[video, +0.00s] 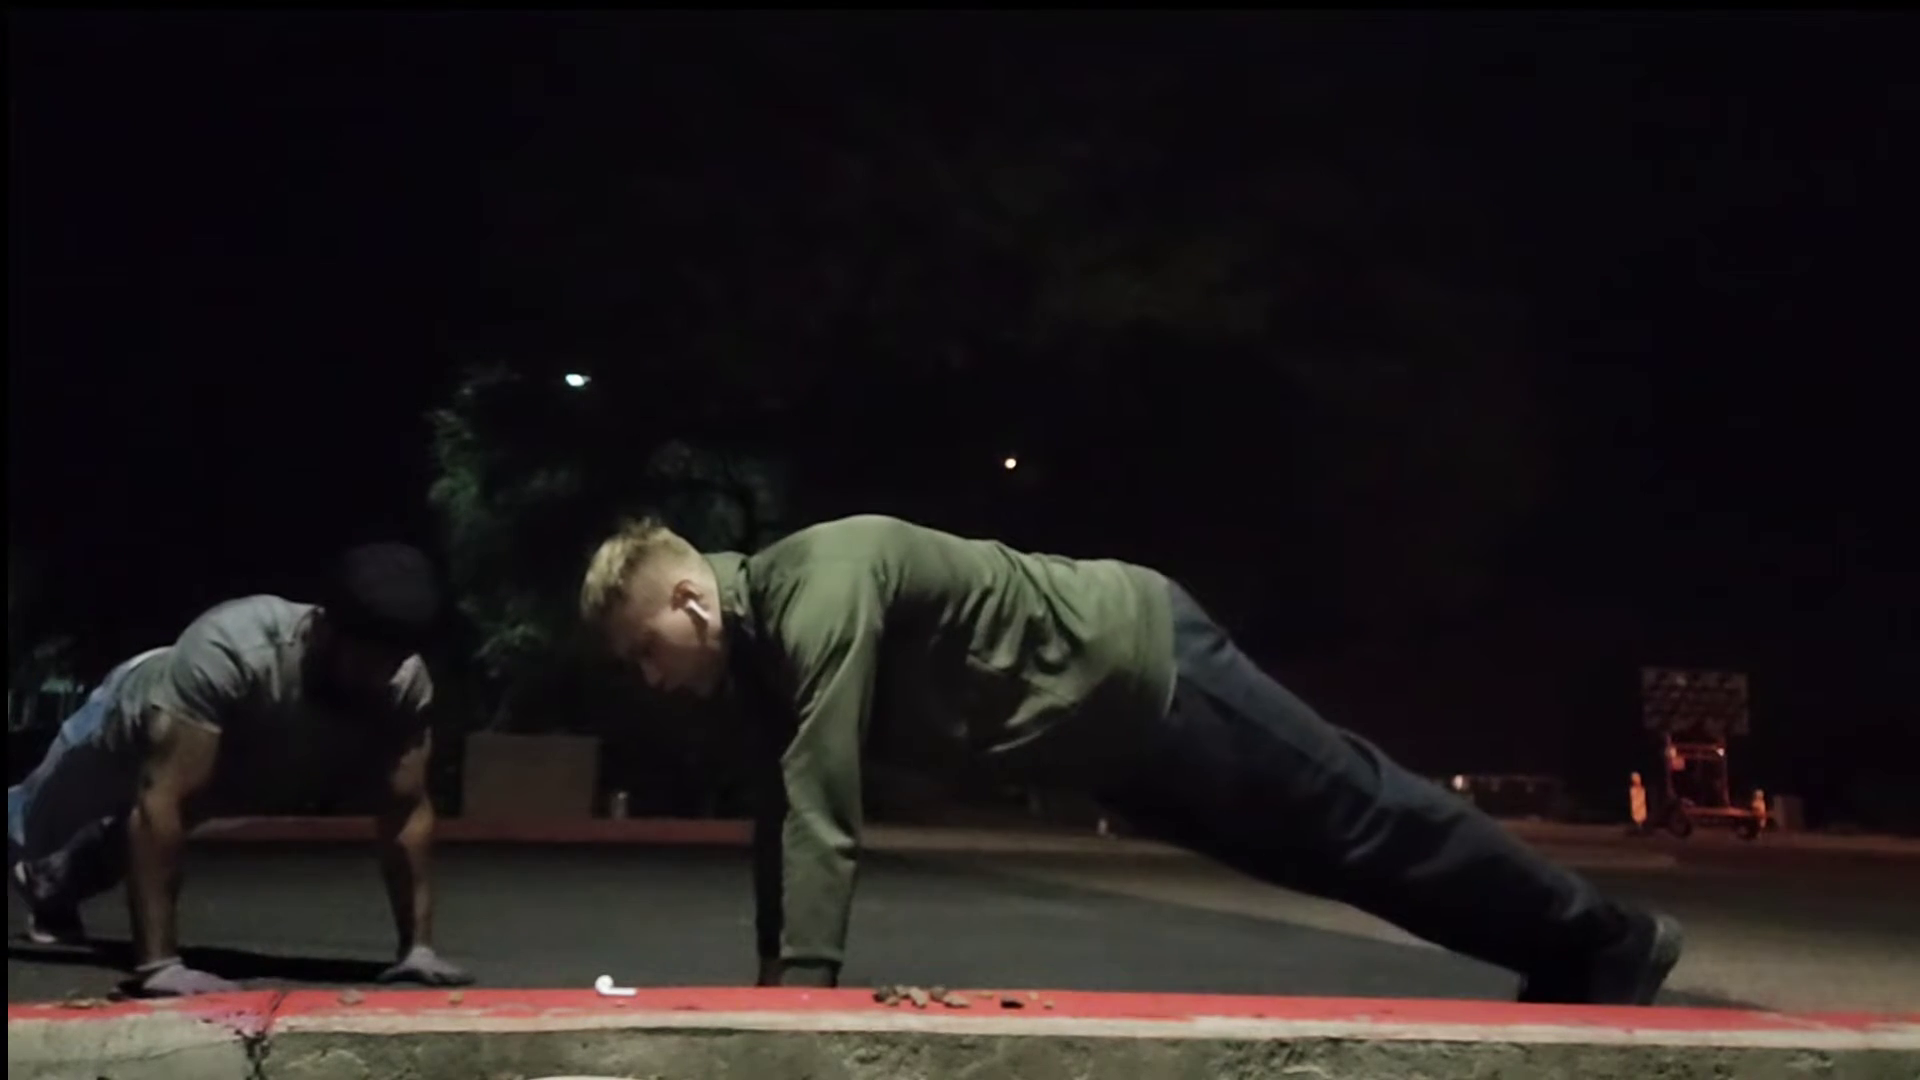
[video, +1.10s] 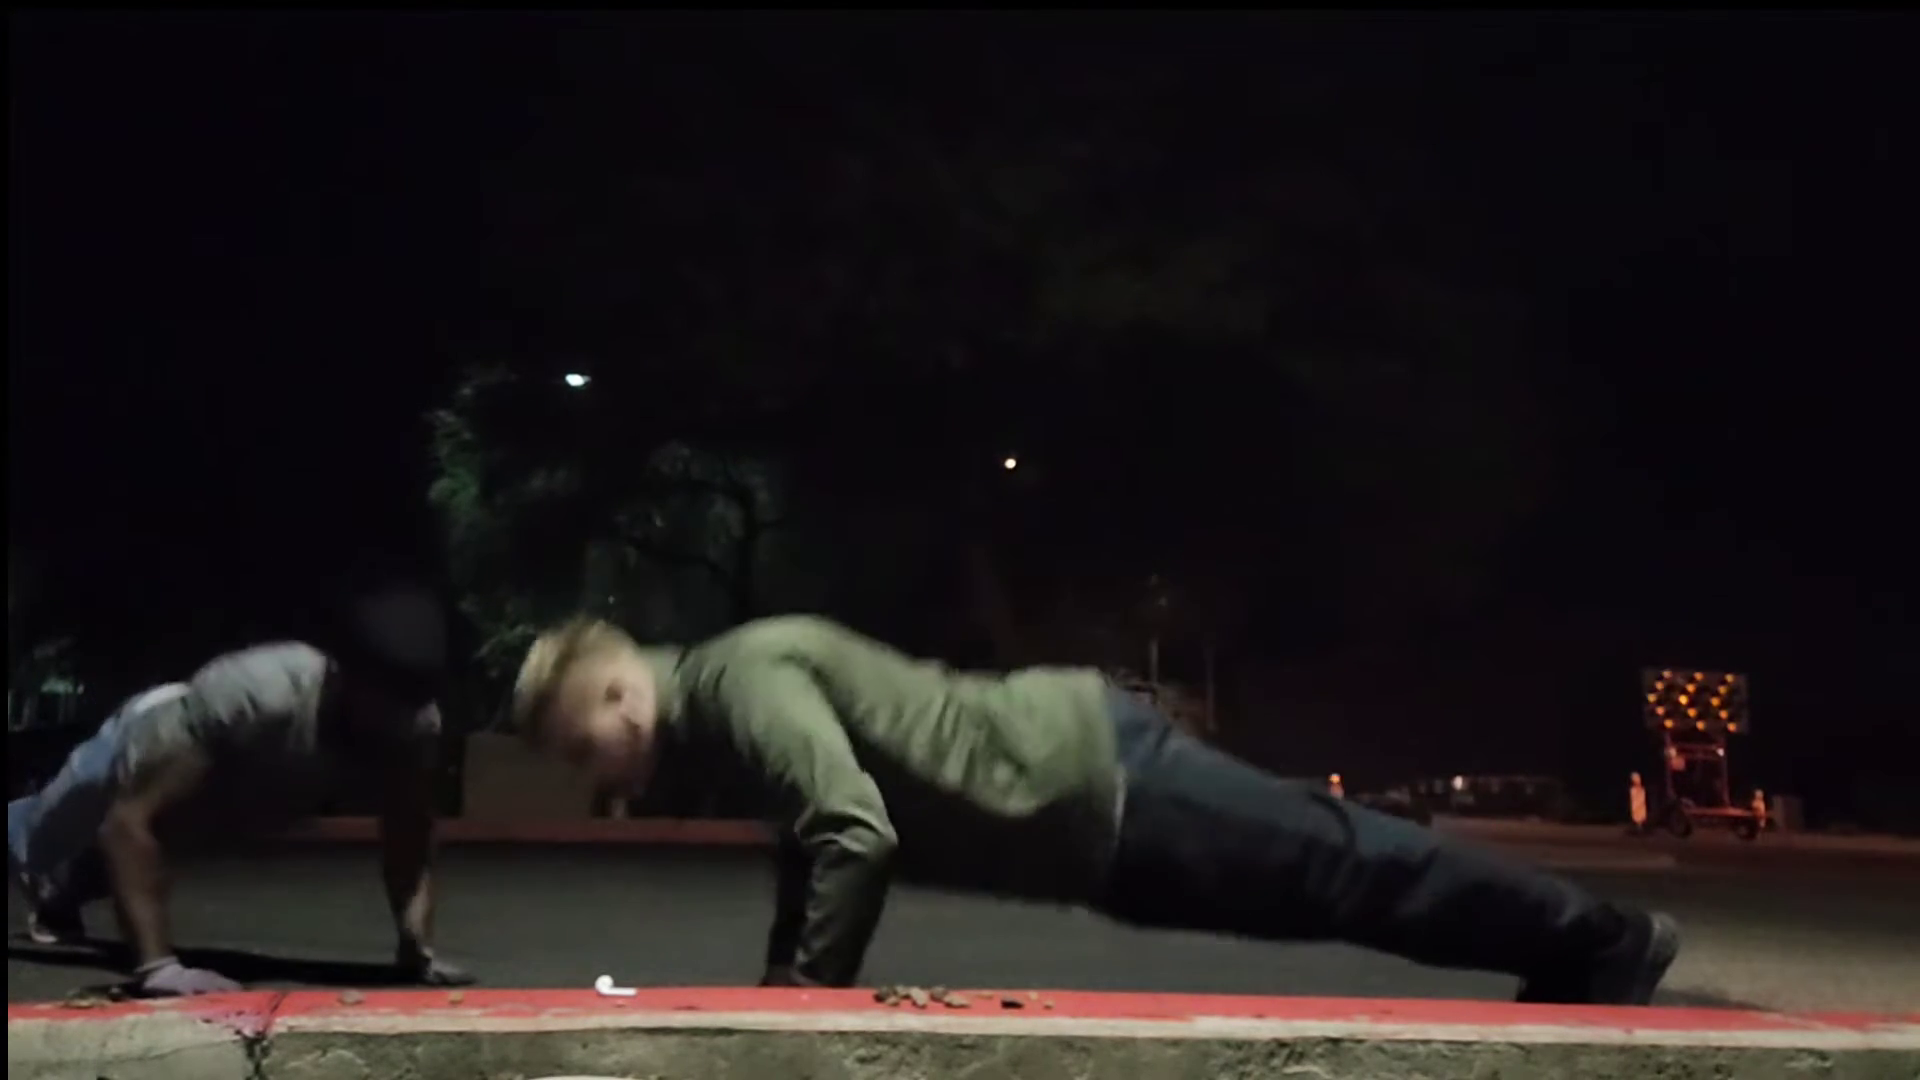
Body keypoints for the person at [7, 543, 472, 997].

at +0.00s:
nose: (387, 666)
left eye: (399, 650)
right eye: (373, 645)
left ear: (409, 646)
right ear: (328, 628)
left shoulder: (404, 687)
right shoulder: (228, 649)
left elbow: (409, 814)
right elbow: (158, 804)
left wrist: (418, 948)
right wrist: (157, 960)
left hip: (219, 758)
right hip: (125, 733)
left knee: (121, 845)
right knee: (33, 821)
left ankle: (54, 892)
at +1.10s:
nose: (403, 706)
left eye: (414, 691)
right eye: (392, 688)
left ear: (425, 688)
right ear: (355, 672)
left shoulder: (415, 727)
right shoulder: (260, 696)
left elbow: (410, 840)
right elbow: (128, 818)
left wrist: (416, 949)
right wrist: (156, 962)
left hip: (217, 768)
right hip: (144, 742)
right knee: (41, 827)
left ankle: (61, 896)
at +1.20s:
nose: (414, 755)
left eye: (424, 741)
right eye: (407, 737)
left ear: (426, 735)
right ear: (372, 720)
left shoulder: (398, 756)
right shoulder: (270, 743)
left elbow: (411, 845)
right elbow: (113, 827)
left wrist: (416, 947)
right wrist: (155, 962)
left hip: (211, 817)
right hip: (144, 781)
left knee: (96, 871)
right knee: (36, 857)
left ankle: (61, 903)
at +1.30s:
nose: (439, 813)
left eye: (443, 794)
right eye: (427, 790)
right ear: (387, 769)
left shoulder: (398, 798)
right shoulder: (278, 790)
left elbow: (414, 863)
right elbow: (107, 838)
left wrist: (415, 953)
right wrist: (154, 963)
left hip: (206, 836)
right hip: (134, 823)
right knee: (38, 864)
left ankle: (60, 903)